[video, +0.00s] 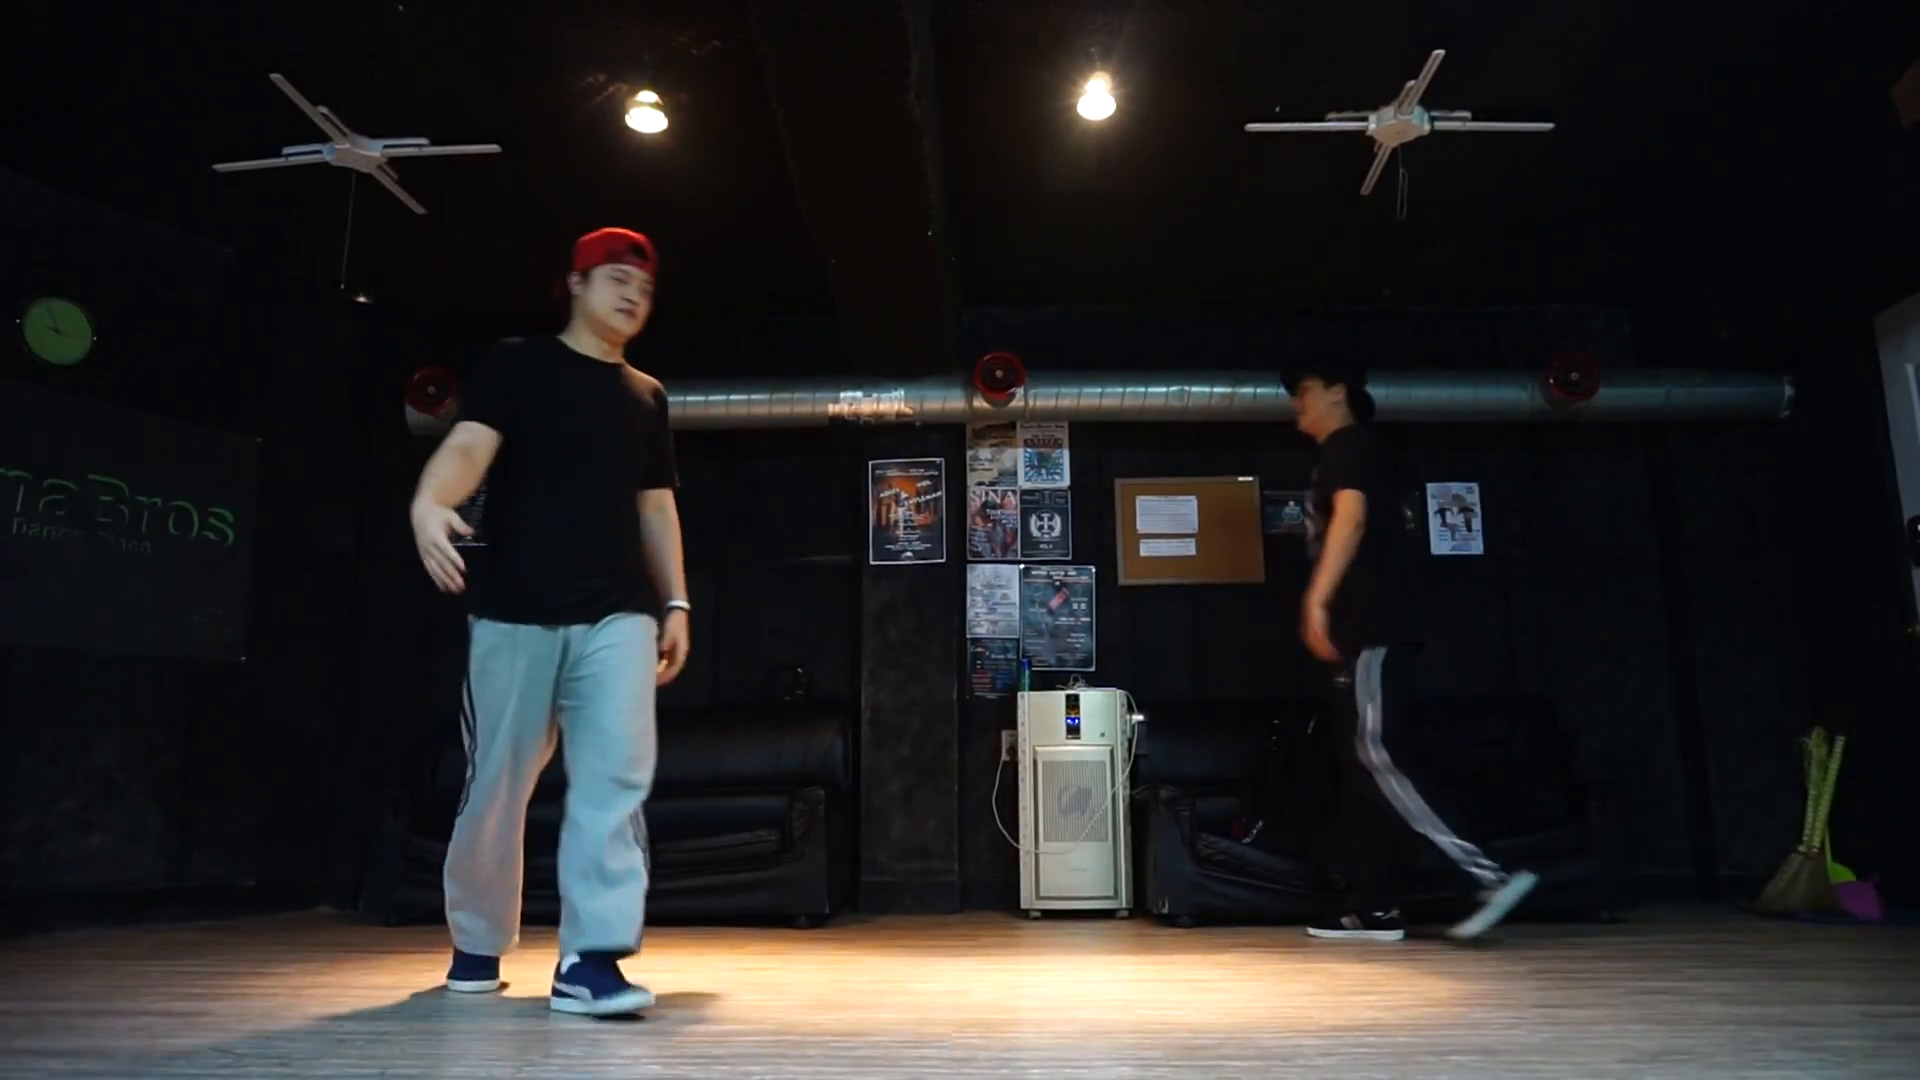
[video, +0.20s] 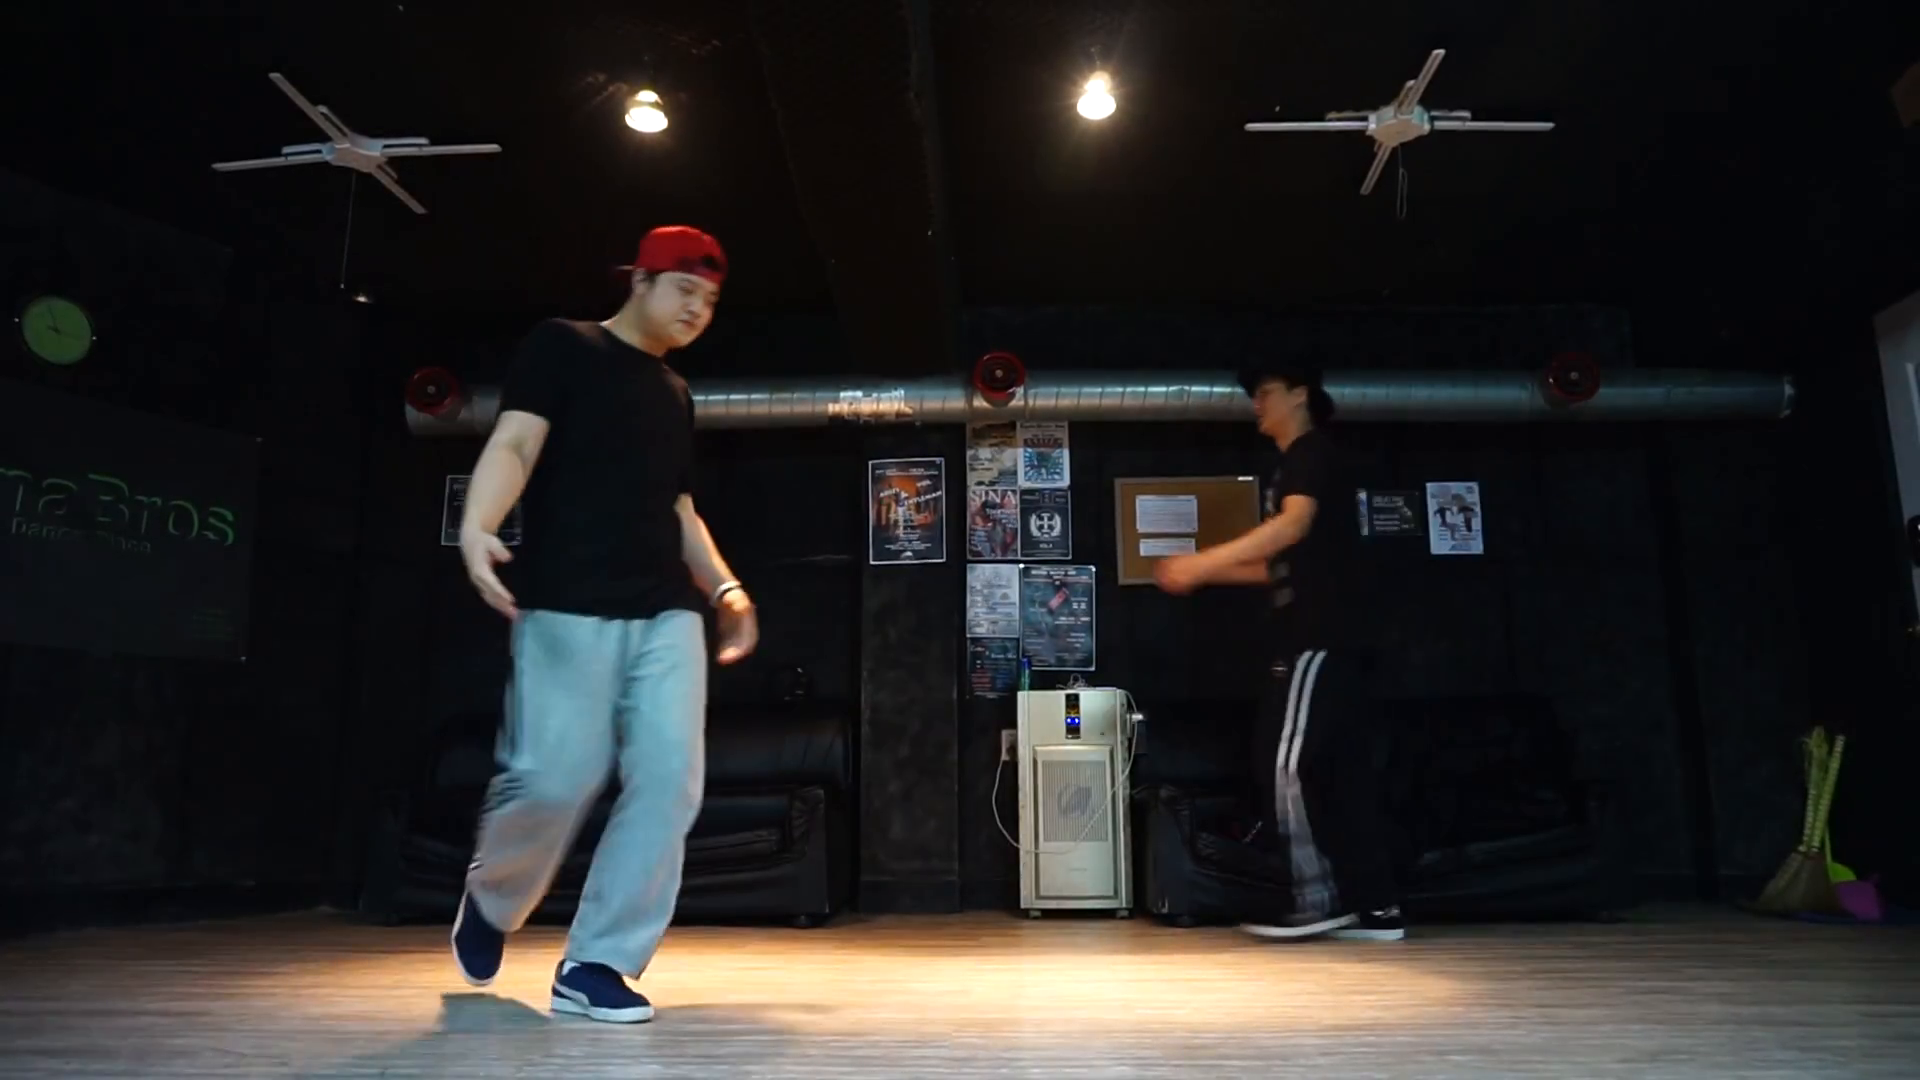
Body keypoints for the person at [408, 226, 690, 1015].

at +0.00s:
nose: (631, 295)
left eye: (643, 289)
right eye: (617, 280)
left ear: (648, 308)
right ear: (577, 286)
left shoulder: (645, 398)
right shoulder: (517, 368)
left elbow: (658, 507)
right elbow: (466, 449)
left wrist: (676, 601)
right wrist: (428, 503)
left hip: (616, 612)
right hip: (516, 610)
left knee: (615, 781)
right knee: (500, 782)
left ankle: (590, 963)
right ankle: (476, 949)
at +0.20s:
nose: (696, 309)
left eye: (708, 300)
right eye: (684, 290)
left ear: (710, 312)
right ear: (640, 282)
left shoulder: (673, 393)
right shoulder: (565, 349)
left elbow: (676, 508)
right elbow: (513, 446)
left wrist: (725, 587)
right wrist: (476, 529)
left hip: (666, 614)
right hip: (567, 609)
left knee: (668, 786)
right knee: (557, 779)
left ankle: (597, 965)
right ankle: (491, 903)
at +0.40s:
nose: (736, 274)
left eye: (747, 264)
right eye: (725, 254)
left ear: (745, 274)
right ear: (680, 242)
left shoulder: (709, 363)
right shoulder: (604, 316)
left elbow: (712, 481)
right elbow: (547, 421)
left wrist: (775, 559)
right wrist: (527, 518)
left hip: (701, 586)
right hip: (623, 569)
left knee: (698, 773)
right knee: (672, 740)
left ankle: (601, 959)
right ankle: (579, 936)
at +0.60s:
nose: (789, 237)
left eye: (798, 226)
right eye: (776, 217)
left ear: (795, 239)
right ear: (726, 213)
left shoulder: (764, 335)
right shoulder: (659, 289)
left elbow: (763, 457)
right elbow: (586, 400)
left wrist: (834, 531)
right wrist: (623, 496)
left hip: (740, 574)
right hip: (670, 558)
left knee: (683, 775)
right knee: (737, 738)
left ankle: (589, 959)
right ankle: (800, 957)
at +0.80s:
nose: (866, 256)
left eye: (877, 245)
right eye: (855, 235)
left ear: (873, 253)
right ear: (805, 222)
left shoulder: (823, 341)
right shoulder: (723, 301)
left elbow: (815, 466)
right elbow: (640, 403)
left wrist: (881, 532)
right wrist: (739, 474)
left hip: (784, 577)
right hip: (746, 575)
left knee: (765, 783)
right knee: (845, 742)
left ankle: (618, 939)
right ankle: (836, 987)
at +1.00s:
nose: (938, 280)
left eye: (948, 268)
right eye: (930, 258)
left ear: (939, 269)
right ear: (884, 234)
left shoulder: (875, 341)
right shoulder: (795, 305)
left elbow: (871, 461)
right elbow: (723, 410)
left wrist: (925, 524)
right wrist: (858, 436)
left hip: (875, 585)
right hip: (834, 587)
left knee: (914, 787)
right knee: (927, 782)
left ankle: (740, 901)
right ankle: (843, 989)